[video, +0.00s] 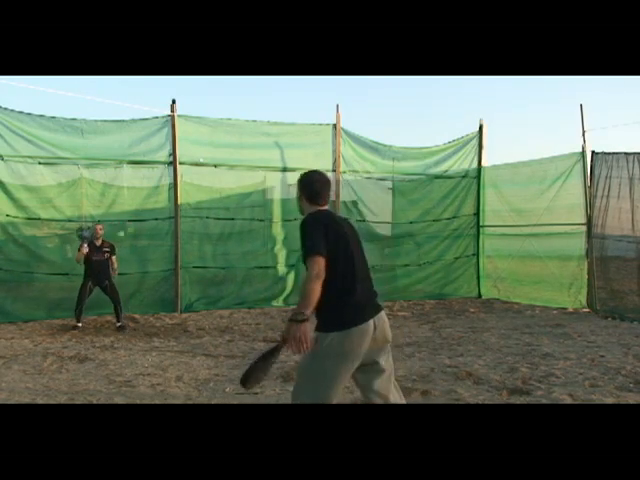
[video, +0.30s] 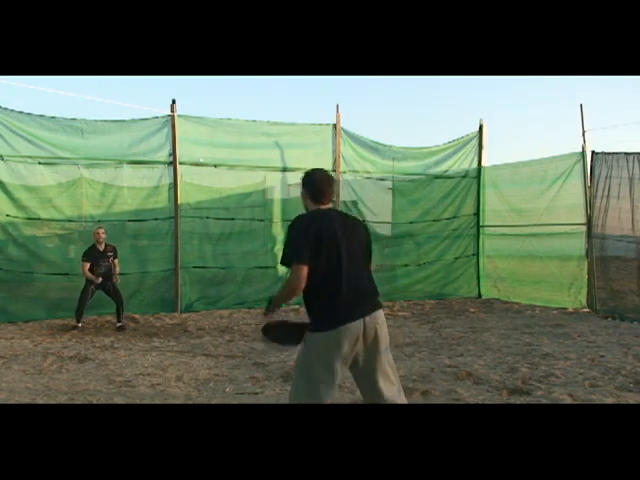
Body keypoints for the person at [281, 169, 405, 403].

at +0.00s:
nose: (297, 197)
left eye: (297, 193)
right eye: (299, 193)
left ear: (301, 196)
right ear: (328, 196)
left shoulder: (312, 223)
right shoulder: (342, 222)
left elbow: (316, 274)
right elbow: (338, 278)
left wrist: (300, 318)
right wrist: (301, 320)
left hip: (342, 331)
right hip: (374, 321)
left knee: (308, 397)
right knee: (386, 394)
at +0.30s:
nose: (301, 194)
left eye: (302, 191)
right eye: (303, 191)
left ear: (305, 194)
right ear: (332, 194)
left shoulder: (303, 225)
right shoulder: (356, 223)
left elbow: (298, 281)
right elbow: (362, 274)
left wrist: (275, 303)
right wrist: (320, 319)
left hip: (332, 327)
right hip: (373, 318)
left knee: (310, 396)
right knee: (387, 392)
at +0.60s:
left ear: (355, 203)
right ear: (384, 203)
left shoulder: (338, 235)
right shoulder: (398, 236)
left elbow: (321, 264)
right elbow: (434, 282)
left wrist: (333, 231)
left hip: (346, 337)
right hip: (392, 335)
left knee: (320, 394)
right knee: (400, 396)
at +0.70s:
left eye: (375, 185)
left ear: (373, 189)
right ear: (401, 192)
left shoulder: (356, 223)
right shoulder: (418, 223)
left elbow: (334, 263)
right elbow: (448, 250)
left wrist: (323, 260)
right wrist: (433, 214)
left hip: (366, 322)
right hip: (409, 321)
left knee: (335, 387)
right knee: (407, 391)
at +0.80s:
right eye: (413, 166)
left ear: (383, 170)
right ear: (414, 170)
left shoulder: (371, 205)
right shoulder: (425, 198)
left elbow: (355, 251)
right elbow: (437, 214)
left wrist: (333, 274)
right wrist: (414, 186)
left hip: (389, 300)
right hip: (428, 299)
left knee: (355, 374)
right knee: (424, 377)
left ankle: (337, 398)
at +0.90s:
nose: (393, 162)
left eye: (394, 159)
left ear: (395, 163)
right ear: (424, 163)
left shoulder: (388, 198)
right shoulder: (438, 189)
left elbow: (372, 247)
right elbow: (410, 200)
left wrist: (348, 284)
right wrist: (378, 199)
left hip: (404, 292)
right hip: (446, 292)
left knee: (372, 357)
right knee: (443, 368)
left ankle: (356, 398)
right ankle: (446, 400)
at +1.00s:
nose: (406, 172)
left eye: (407, 168)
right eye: (408, 168)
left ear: (410, 171)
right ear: (437, 170)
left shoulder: (405, 206)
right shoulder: (453, 198)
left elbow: (393, 260)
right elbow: (423, 227)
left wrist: (376, 299)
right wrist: (376, 234)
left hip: (418, 305)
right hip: (460, 302)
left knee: (385, 375)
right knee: (469, 379)